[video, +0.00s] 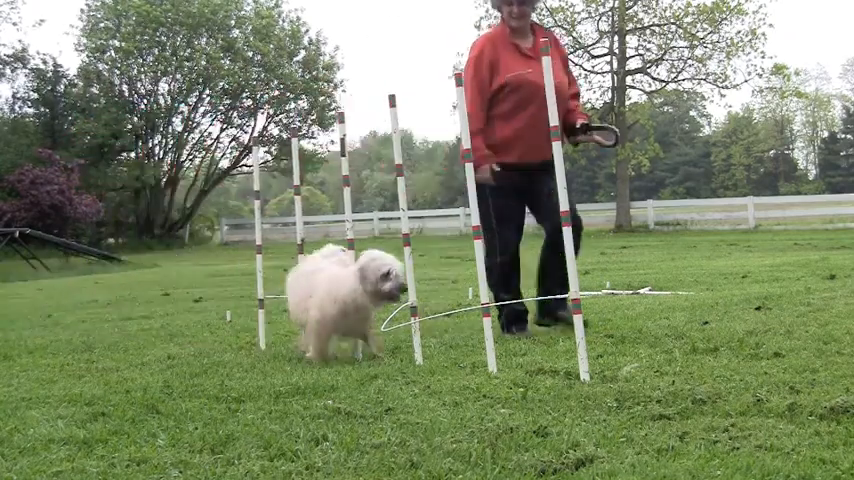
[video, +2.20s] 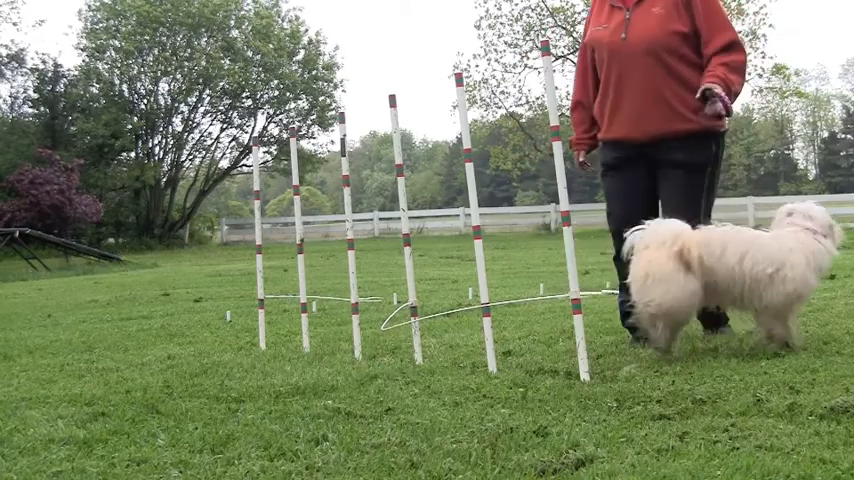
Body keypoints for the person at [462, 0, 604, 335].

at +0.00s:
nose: (517, 6)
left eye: (523, 0)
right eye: (509, 1)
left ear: (534, 4)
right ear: (498, 6)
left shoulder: (550, 43)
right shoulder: (485, 49)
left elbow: (569, 92)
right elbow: (473, 108)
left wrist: (577, 122)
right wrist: (479, 156)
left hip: (545, 164)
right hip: (501, 168)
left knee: (566, 225)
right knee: (504, 246)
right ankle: (512, 320)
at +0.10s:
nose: (532, 6)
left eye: (539, 0)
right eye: (525, 1)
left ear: (550, 3)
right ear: (515, 4)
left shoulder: (568, 42)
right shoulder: (501, 47)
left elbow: (585, 91)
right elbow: (489, 106)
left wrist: (596, 124)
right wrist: (501, 153)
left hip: (564, 160)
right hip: (513, 163)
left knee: (584, 233)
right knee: (508, 247)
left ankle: (609, 311)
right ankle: (514, 323)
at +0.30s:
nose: (569, 2)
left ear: (589, 1)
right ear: (552, 2)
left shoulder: (610, 39)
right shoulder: (539, 43)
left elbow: (627, 93)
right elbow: (525, 104)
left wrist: (637, 124)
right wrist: (529, 156)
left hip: (607, 164)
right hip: (554, 165)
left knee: (619, 244)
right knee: (543, 247)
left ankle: (624, 322)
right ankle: (525, 319)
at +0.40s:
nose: (583, 0)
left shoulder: (626, 29)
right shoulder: (552, 35)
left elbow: (649, 79)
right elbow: (535, 99)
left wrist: (656, 114)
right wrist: (537, 152)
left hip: (622, 158)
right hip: (570, 159)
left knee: (632, 241)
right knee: (581, 237)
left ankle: (626, 320)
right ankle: (554, 294)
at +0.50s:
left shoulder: (643, 20)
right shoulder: (565, 25)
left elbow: (666, 72)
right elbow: (544, 90)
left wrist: (674, 105)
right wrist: (542, 146)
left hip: (634, 149)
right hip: (584, 149)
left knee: (634, 234)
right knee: (602, 225)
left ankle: (630, 316)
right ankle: (594, 305)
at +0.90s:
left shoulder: (685, 10)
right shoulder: (599, 17)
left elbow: (712, 67)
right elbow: (580, 87)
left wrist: (709, 103)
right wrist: (577, 143)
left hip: (675, 148)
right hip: (616, 152)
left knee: (688, 222)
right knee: (630, 237)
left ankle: (685, 312)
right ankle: (644, 325)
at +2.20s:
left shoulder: (693, 4)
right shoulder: (601, 6)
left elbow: (727, 48)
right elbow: (587, 74)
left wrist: (718, 83)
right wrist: (583, 134)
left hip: (688, 136)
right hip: (621, 143)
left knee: (685, 238)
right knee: (627, 244)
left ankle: (714, 322)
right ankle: (641, 332)